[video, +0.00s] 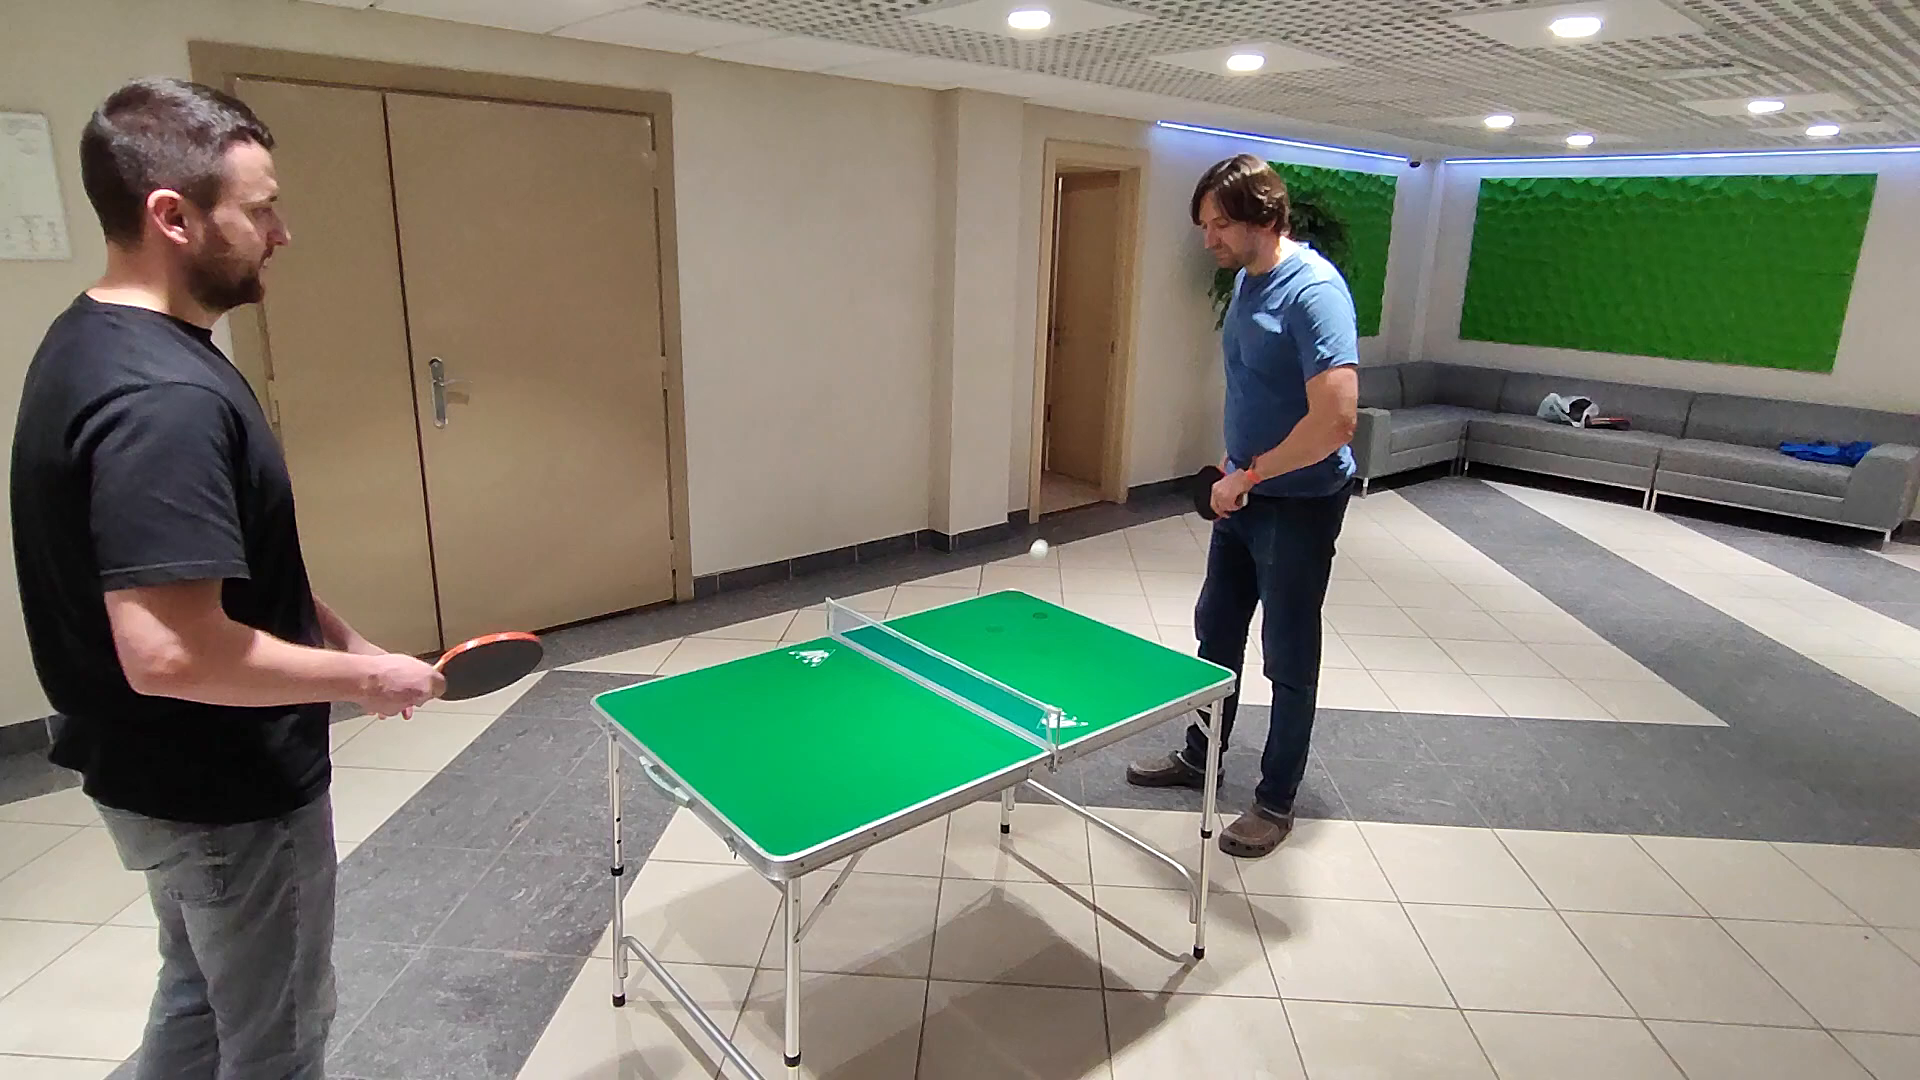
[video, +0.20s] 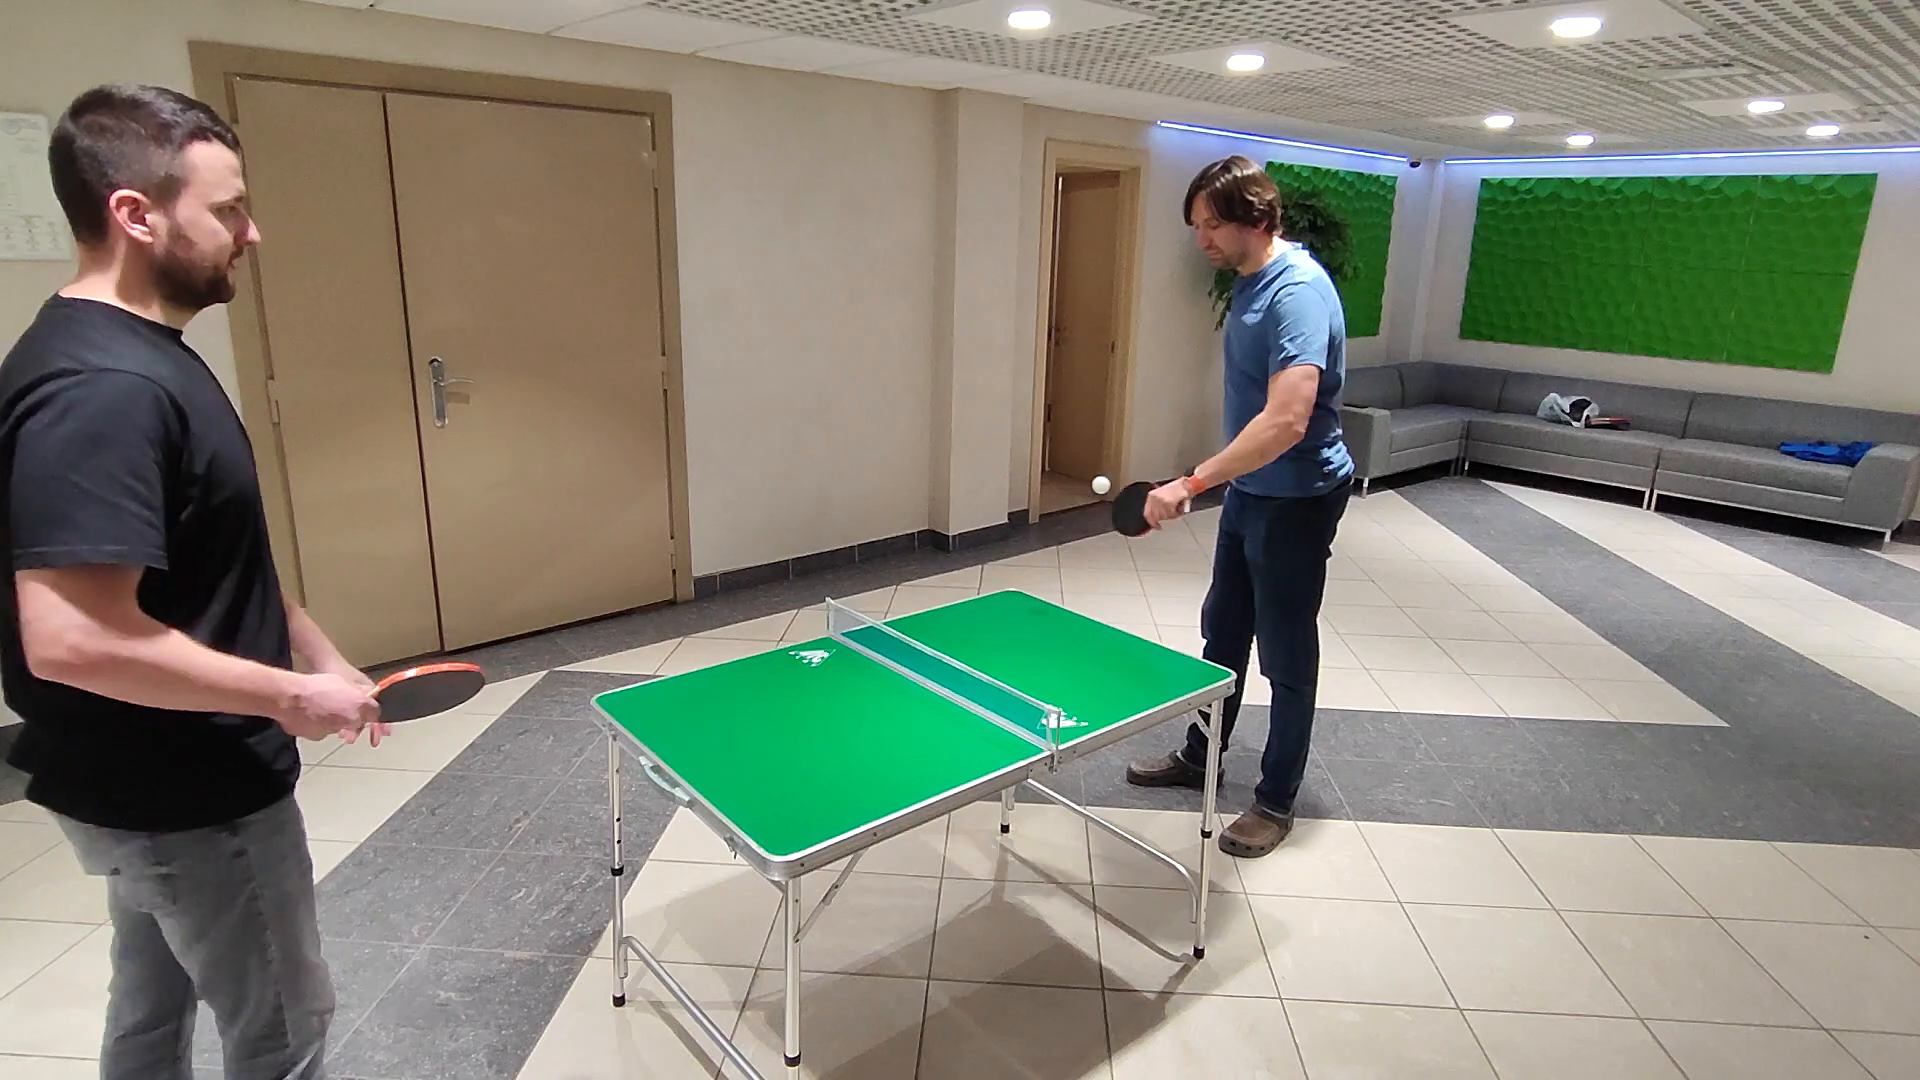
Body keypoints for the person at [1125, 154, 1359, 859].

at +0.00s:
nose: (1208, 238)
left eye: (1216, 224)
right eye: (1204, 226)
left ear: (1257, 218)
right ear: (1242, 223)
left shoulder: (1315, 290)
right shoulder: (1252, 281)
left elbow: (1338, 417)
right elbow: (1257, 394)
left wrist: (1249, 474)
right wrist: (1235, 469)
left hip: (1302, 501)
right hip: (1247, 491)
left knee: (1290, 659)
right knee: (1217, 633)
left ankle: (1273, 806)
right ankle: (1198, 760)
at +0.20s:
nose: (1200, 240)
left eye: (1208, 226)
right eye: (1197, 227)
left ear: (1249, 219)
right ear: (1243, 223)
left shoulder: (1299, 291)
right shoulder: (1255, 282)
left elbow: (1286, 421)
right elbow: (1263, 407)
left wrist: (1189, 484)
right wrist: (1222, 481)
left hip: (1297, 502)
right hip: (1249, 492)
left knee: (1288, 661)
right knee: (1224, 634)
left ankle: (1274, 804)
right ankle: (1199, 758)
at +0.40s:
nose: (1195, 238)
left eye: (1201, 223)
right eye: (1192, 225)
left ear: (1241, 217)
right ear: (1243, 220)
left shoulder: (1289, 288)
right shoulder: (1252, 281)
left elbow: (1243, 411)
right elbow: (1263, 400)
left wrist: (1147, 478)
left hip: (1293, 495)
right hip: (1250, 486)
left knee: (1285, 652)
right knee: (1225, 631)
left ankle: (1273, 804)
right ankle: (1197, 757)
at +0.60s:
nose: (1187, 236)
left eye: (1193, 222)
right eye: (1184, 223)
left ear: (1236, 217)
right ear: (1235, 219)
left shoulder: (1281, 287)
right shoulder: (1244, 280)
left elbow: (1241, 413)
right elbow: (1253, 402)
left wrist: (1150, 480)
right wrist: (1228, 471)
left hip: (1288, 495)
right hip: (1246, 486)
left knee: (1282, 653)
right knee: (1222, 629)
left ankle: (1273, 804)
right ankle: (1197, 757)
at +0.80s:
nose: (1183, 235)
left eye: (1190, 220)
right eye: (1180, 222)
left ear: (1234, 214)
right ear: (1221, 217)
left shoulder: (1279, 286)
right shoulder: (1240, 279)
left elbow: (1274, 416)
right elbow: (1253, 404)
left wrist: (1189, 496)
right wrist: (1215, 484)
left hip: (1284, 495)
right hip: (1240, 489)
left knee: (1279, 654)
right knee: (1220, 632)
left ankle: (1273, 803)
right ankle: (1198, 757)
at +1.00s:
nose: (1180, 235)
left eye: (1188, 220)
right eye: (1176, 222)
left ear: (1232, 213)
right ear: (1205, 217)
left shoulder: (1282, 289)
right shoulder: (1234, 281)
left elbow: (1313, 422)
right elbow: (1243, 401)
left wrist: (1242, 508)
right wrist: (1214, 479)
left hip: (1287, 498)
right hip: (1237, 489)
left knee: (1279, 659)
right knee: (1215, 632)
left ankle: (1274, 804)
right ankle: (1198, 757)